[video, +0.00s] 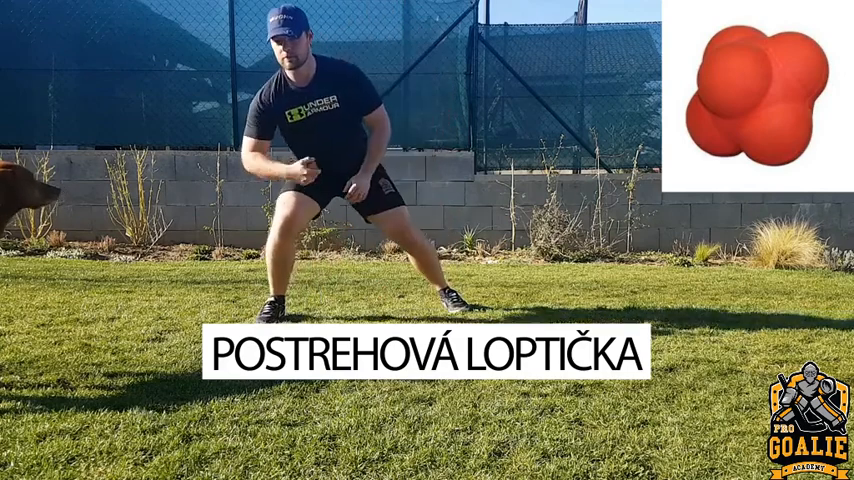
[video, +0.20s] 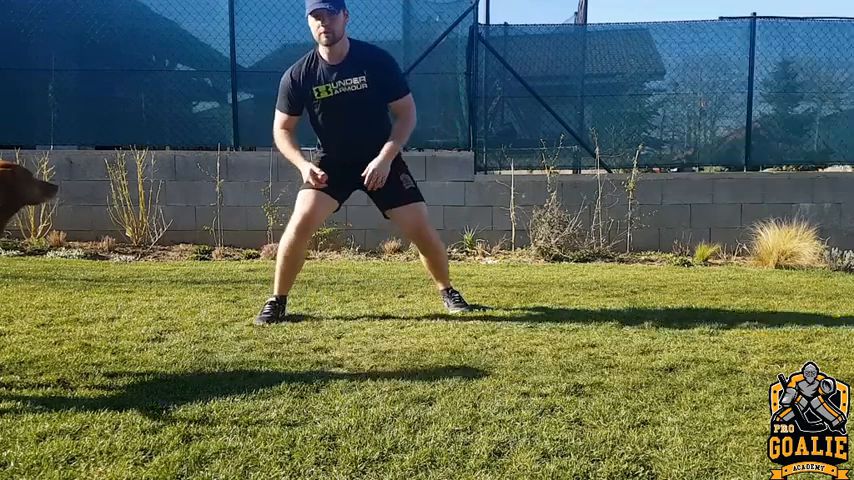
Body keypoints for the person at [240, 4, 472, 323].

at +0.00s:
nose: (285, 48)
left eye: (292, 38)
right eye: (278, 41)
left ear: (309, 37)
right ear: (271, 45)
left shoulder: (345, 75)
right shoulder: (267, 99)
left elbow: (380, 125)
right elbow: (251, 158)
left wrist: (365, 172)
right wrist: (288, 171)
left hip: (361, 168)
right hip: (312, 175)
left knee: (406, 235)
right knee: (283, 223)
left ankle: (446, 291)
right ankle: (276, 301)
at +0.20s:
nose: (323, 24)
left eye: (330, 15)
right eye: (316, 18)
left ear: (345, 17)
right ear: (309, 24)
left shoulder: (377, 61)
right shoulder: (297, 77)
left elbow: (407, 114)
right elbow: (282, 131)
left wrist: (385, 158)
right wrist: (302, 164)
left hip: (382, 157)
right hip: (332, 163)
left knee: (420, 230)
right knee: (301, 221)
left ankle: (448, 291)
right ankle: (277, 300)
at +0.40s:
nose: (372, 7)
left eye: (379, 1)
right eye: (365, 2)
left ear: (392, 4)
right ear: (358, 7)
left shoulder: (422, 49)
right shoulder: (344, 57)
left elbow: (446, 104)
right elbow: (325, 111)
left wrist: (421, 139)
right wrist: (338, 136)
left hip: (416, 151)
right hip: (366, 151)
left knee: (438, 228)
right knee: (326, 219)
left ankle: (451, 290)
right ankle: (288, 295)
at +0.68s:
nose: (396, 9)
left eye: (402, 3)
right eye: (389, 4)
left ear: (412, 5)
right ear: (381, 7)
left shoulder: (438, 42)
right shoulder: (362, 46)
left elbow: (468, 96)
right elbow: (343, 104)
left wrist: (450, 132)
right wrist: (363, 98)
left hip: (425, 149)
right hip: (377, 148)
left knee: (442, 225)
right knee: (343, 218)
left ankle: (452, 292)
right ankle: (317, 291)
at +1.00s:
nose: (388, 16)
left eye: (396, 10)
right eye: (382, 10)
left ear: (406, 9)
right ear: (373, 10)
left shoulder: (428, 48)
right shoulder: (355, 50)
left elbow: (447, 103)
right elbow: (342, 105)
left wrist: (438, 134)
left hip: (416, 147)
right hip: (369, 147)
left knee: (437, 221)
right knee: (337, 220)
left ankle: (452, 292)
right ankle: (318, 293)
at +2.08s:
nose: (361, 28)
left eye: (367, 21)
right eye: (354, 22)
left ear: (378, 13)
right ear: (345, 17)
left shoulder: (406, 47)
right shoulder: (328, 56)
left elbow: (428, 104)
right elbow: (311, 112)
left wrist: (411, 142)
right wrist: (332, 107)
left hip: (398, 147)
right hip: (351, 149)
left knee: (429, 215)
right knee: (329, 219)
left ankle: (452, 291)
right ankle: (317, 293)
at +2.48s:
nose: (376, 20)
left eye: (383, 14)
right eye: (369, 14)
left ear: (393, 12)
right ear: (360, 14)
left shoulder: (419, 50)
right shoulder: (342, 53)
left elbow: (438, 104)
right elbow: (331, 106)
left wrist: (425, 140)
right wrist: (356, 127)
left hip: (405, 148)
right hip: (358, 148)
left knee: (433, 218)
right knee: (333, 219)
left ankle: (452, 291)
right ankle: (317, 293)